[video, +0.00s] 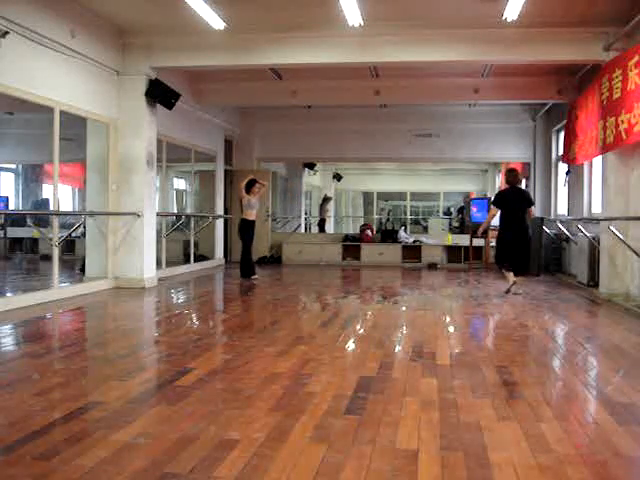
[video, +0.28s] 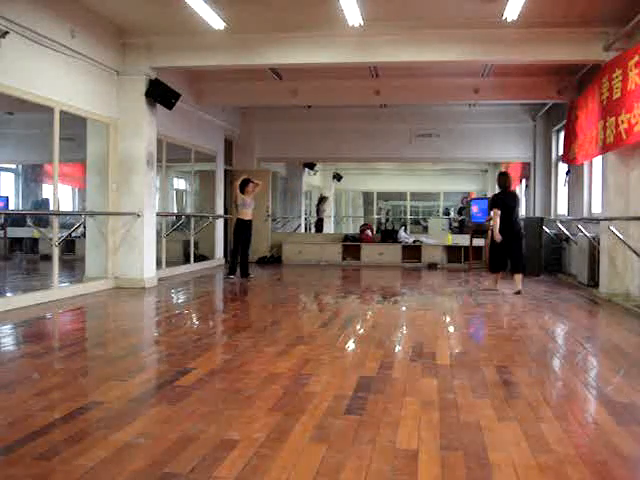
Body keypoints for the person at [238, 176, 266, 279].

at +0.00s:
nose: (257, 190)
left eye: (258, 188)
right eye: (255, 187)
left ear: (258, 189)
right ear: (251, 188)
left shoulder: (256, 197)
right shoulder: (245, 197)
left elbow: (265, 186)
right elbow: (242, 186)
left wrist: (258, 182)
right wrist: (248, 178)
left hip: (252, 222)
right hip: (245, 221)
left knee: (248, 248)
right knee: (246, 248)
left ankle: (248, 272)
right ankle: (248, 272)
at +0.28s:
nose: (251, 189)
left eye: (252, 186)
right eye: (249, 186)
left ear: (253, 188)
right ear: (245, 187)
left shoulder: (251, 196)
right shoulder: (240, 197)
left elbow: (259, 184)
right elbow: (236, 185)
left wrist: (253, 180)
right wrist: (242, 178)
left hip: (248, 221)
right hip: (240, 220)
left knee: (245, 249)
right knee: (236, 248)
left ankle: (245, 273)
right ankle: (231, 272)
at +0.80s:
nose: (239, 187)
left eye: (240, 185)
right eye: (237, 185)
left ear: (241, 187)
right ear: (232, 186)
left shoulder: (241, 196)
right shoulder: (228, 197)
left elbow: (252, 187)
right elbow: (225, 189)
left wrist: (245, 186)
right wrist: (227, 183)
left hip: (238, 220)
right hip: (229, 220)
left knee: (240, 248)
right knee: (226, 248)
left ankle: (244, 272)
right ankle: (226, 272)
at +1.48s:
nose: (241, 186)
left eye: (242, 184)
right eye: (240, 184)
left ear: (242, 186)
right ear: (235, 186)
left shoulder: (243, 196)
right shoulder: (231, 197)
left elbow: (255, 196)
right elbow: (236, 198)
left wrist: (246, 192)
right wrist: (240, 193)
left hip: (243, 221)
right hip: (234, 220)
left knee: (241, 248)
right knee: (230, 248)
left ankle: (241, 272)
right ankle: (227, 272)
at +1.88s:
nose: (245, 187)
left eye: (245, 184)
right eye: (243, 185)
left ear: (243, 186)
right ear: (239, 186)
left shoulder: (244, 197)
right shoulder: (237, 198)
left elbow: (258, 203)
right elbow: (250, 202)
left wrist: (251, 194)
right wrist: (248, 193)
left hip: (243, 221)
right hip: (237, 221)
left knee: (242, 248)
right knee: (235, 248)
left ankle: (241, 271)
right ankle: (230, 272)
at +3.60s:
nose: (242, 186)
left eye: (241, 184)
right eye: (239, 184)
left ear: (239, 187)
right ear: (235, 187)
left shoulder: (241, 198)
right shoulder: (234, 198)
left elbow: (245, 212)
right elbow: (236, 210)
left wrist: (250, 206)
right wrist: (244, 203)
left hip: (241, 221)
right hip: (235, 221)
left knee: (239, 248)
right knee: (232, 248)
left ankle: (241, 271)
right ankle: (230, 271)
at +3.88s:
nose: (246, 186)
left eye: (245, 185)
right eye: (244, 185)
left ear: (243, 187)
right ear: (239, 187)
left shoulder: (245, 198)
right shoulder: (235, 197)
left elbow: (245, 207)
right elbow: (223, 205)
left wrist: (247, 211)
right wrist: (233, 212)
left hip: (242, 221)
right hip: (234, 221)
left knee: (241, 247)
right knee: (232, 247)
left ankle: (241, 271)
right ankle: (229, 271)